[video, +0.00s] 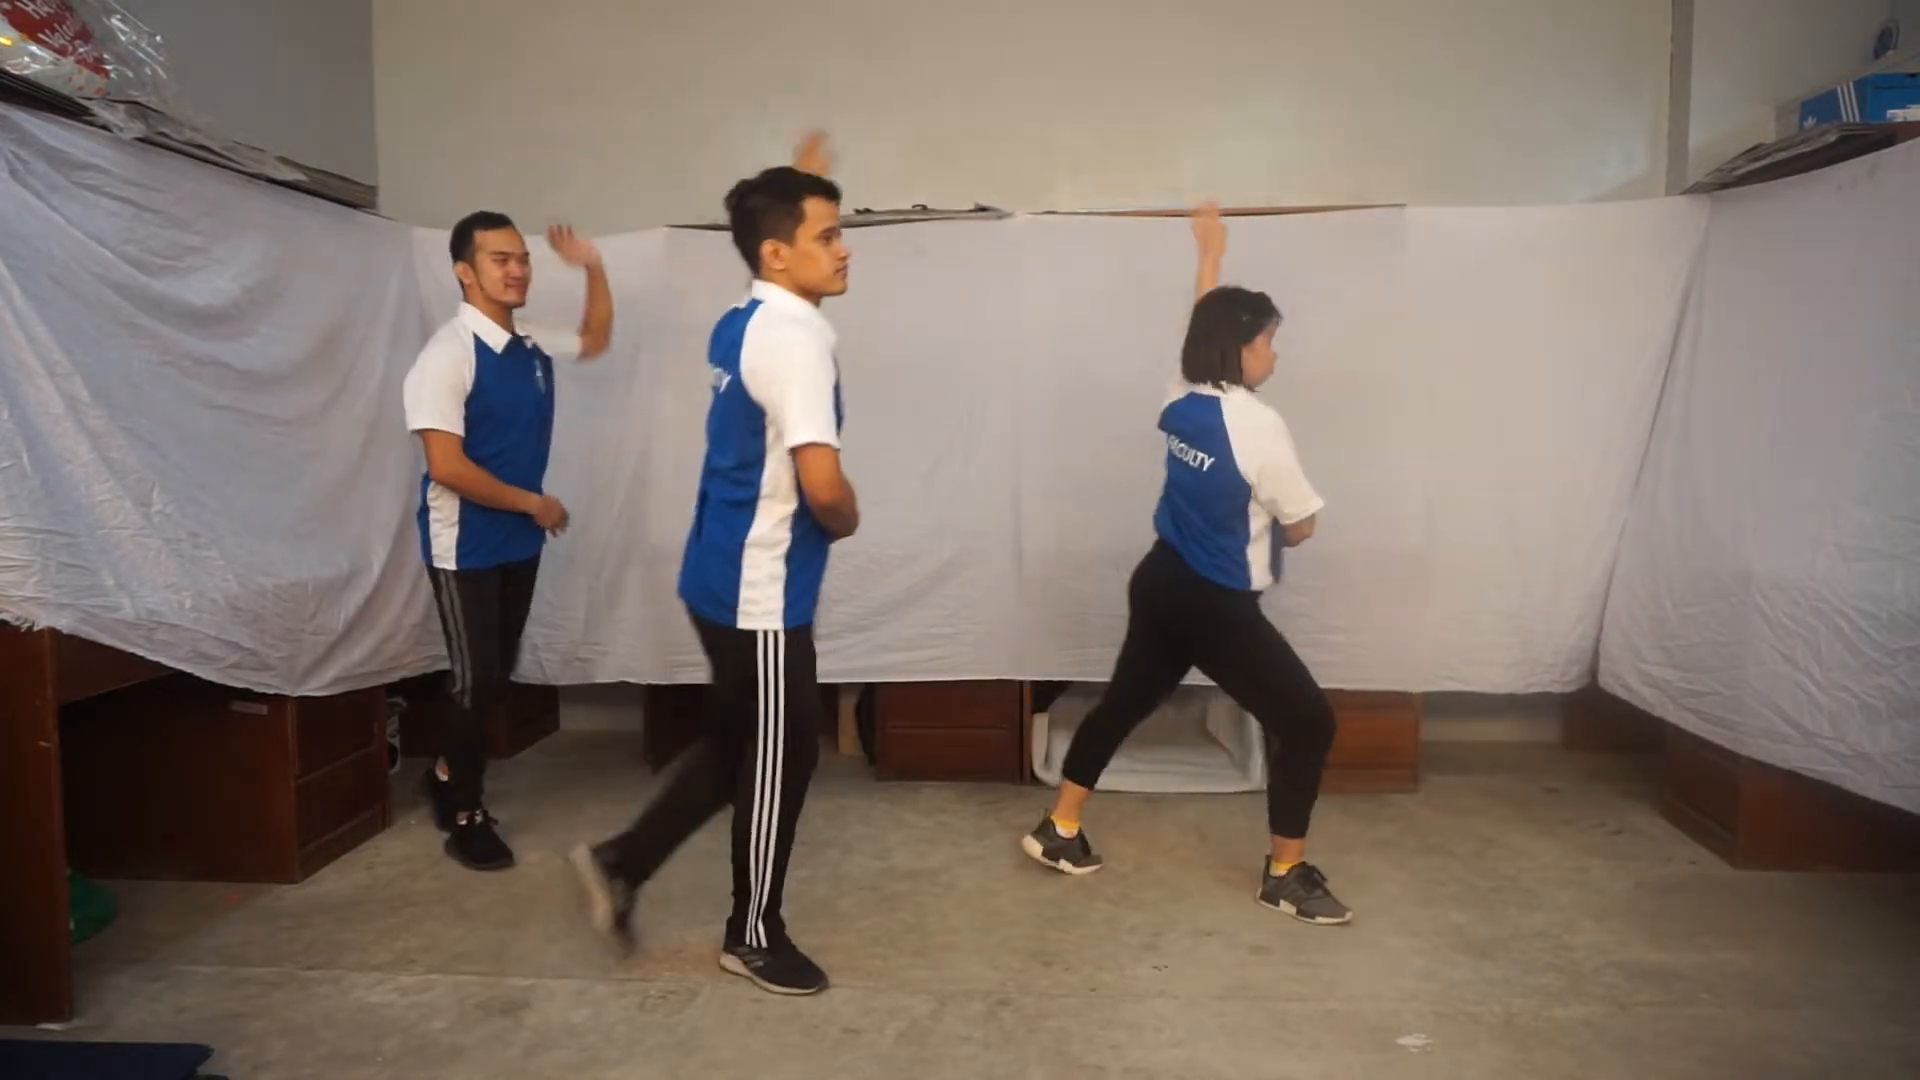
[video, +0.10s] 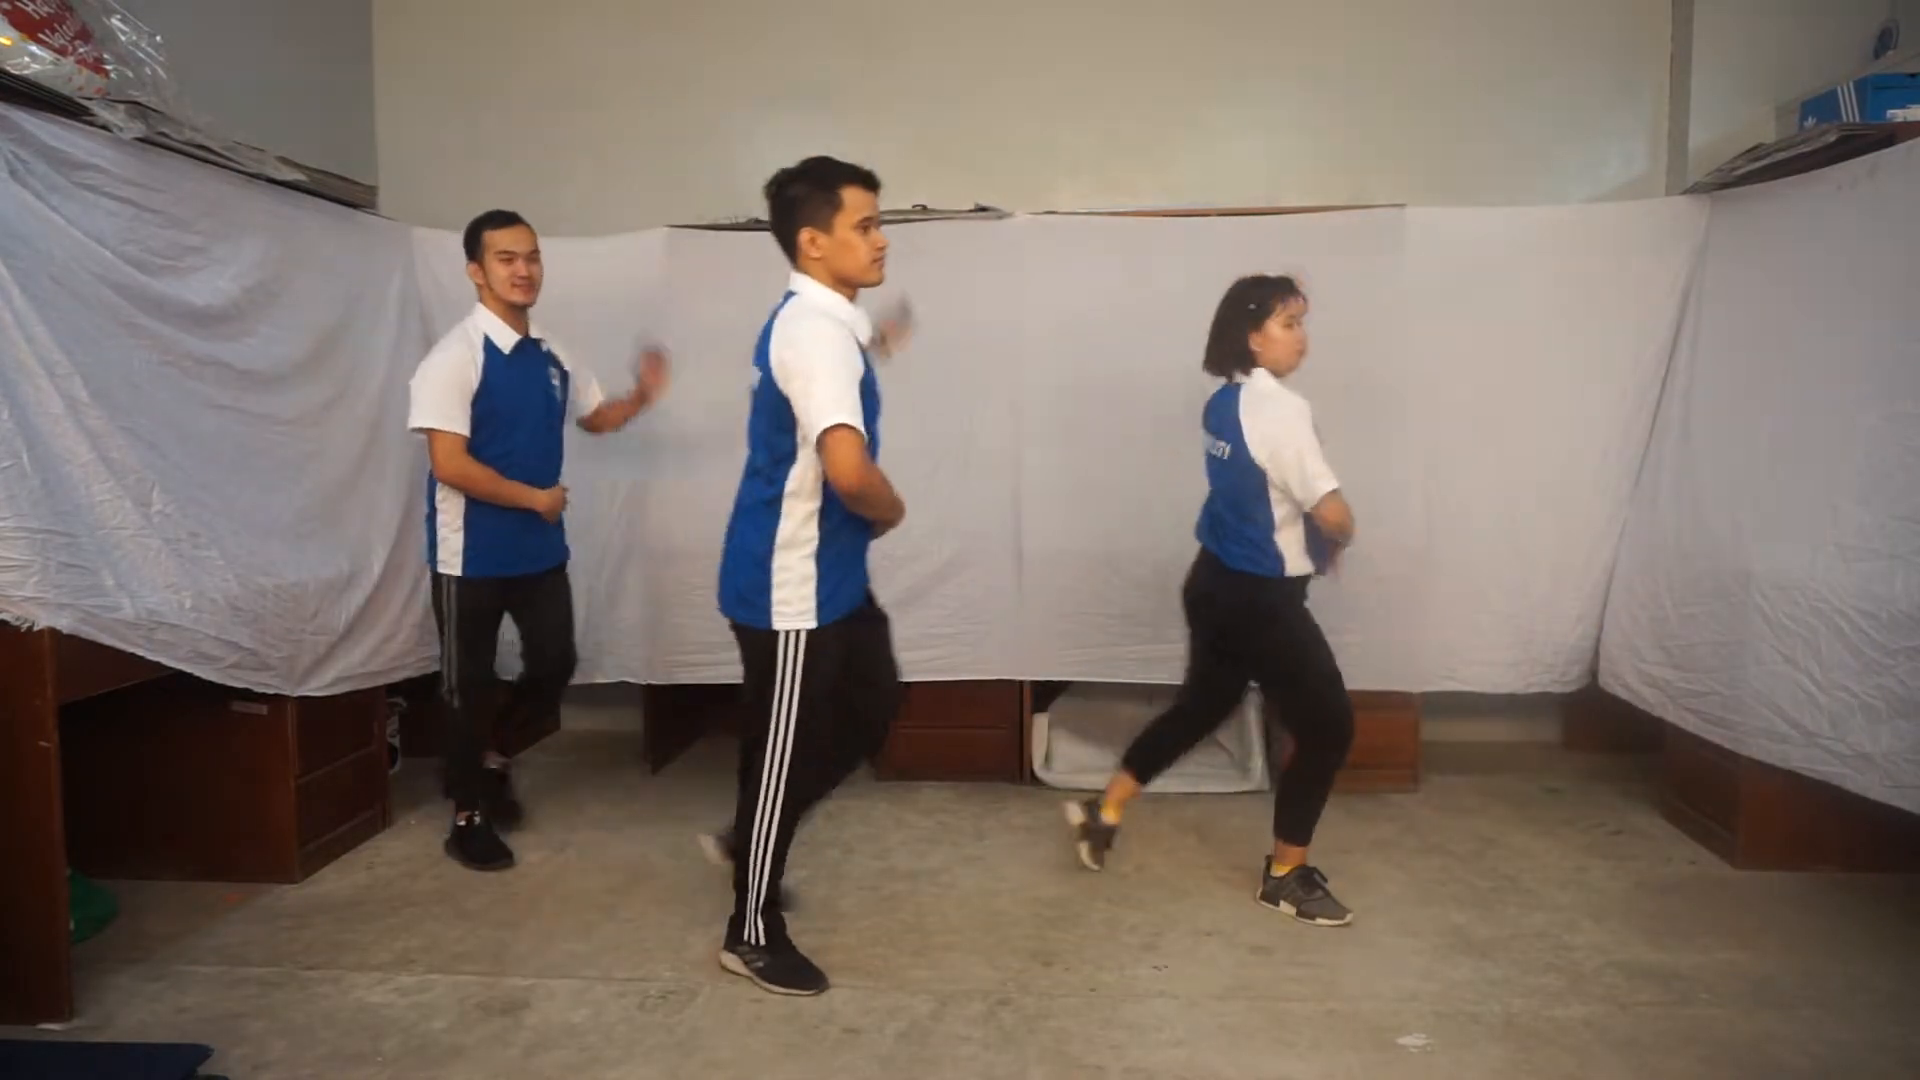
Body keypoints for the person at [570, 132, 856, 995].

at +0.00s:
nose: (844, 253)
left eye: (841, 237)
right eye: (828, 241)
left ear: (771, 253)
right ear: (776, 254)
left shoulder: (747, 320)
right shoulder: (796, 339)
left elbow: (776, 247)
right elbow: (822, 488)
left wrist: (795, 189)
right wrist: (846, 519)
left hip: (729, 581)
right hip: (763, 591)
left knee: (739, 740)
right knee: (782, 754)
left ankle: (620, 861)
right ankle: (756, 927)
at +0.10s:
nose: (880, 240)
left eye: (879, 224)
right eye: (864, 227)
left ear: (826, 240)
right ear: (811, 241)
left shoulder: (831, 313)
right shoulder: (815, 330)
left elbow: (835, 378)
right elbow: (846, 472)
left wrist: (879, 342)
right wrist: (888, 506)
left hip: (834, 575)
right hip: (789, 586)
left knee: (869, 711)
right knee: (783, 757)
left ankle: (745, 834)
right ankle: (753, 929)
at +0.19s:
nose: (909, 238)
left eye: (908, 222)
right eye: (891, 226)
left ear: (871, 236)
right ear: (838, 241)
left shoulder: (869, 317)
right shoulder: (836, 327)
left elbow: (853, 439)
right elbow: (856, 467)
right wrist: (911, 510)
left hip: (869, 576)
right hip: (814, 588)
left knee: (915, 707)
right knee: (796, 755)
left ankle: (861, 861)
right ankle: (753, 927)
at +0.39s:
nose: (968, 247)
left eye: (973, 231)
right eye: (946, 236)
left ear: (982, 238)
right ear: (905, 252)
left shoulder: (987, 344)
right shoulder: (890, 340)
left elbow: (996, 478)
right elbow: (859, 463)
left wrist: (1010, 590)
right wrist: (963, 520)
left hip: (974, 590)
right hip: (903, 596)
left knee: (968, 751)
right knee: (893, 763)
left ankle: (951, 887)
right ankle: (804, 908)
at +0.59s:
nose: (1014, 244)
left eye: (1028, 229)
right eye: (995, 231)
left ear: (1049, 238)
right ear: (968, 245)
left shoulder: (1088, 350)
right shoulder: (928, 344)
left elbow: (1142, 464)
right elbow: (869, 456)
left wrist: (1193, 580)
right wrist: (975, 518)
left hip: (1057, 588)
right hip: (968, 598)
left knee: (1036, 744)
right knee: (1011, 758)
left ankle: (967, 861)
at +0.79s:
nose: (1069, 243)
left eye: (1086, 227)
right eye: (1053, 228)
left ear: (1114, 234)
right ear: (1032, 238)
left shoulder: (1159, 340)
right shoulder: (996, 341)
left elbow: (1202, 469)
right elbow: (911, 416)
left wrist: (1250, 594)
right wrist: (962, 493)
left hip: (1127, 602)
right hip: (1027, 602)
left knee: (1140, 767)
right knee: (1038, 775)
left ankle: (1162, 882)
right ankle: (1057, 930)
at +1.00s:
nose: (1125, 243)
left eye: (1144, 227)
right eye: (1113, 226)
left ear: (1187, 231)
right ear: (1105, 231)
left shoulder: (1197, 329)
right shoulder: (1125, 309)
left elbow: (1145, 470)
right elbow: (1041, 263)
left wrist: (1064, 572)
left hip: (1207, 601)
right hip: (1136, 589)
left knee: (1220, 783)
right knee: (1107, 757)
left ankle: (1256, 959)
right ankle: (1074, 925)